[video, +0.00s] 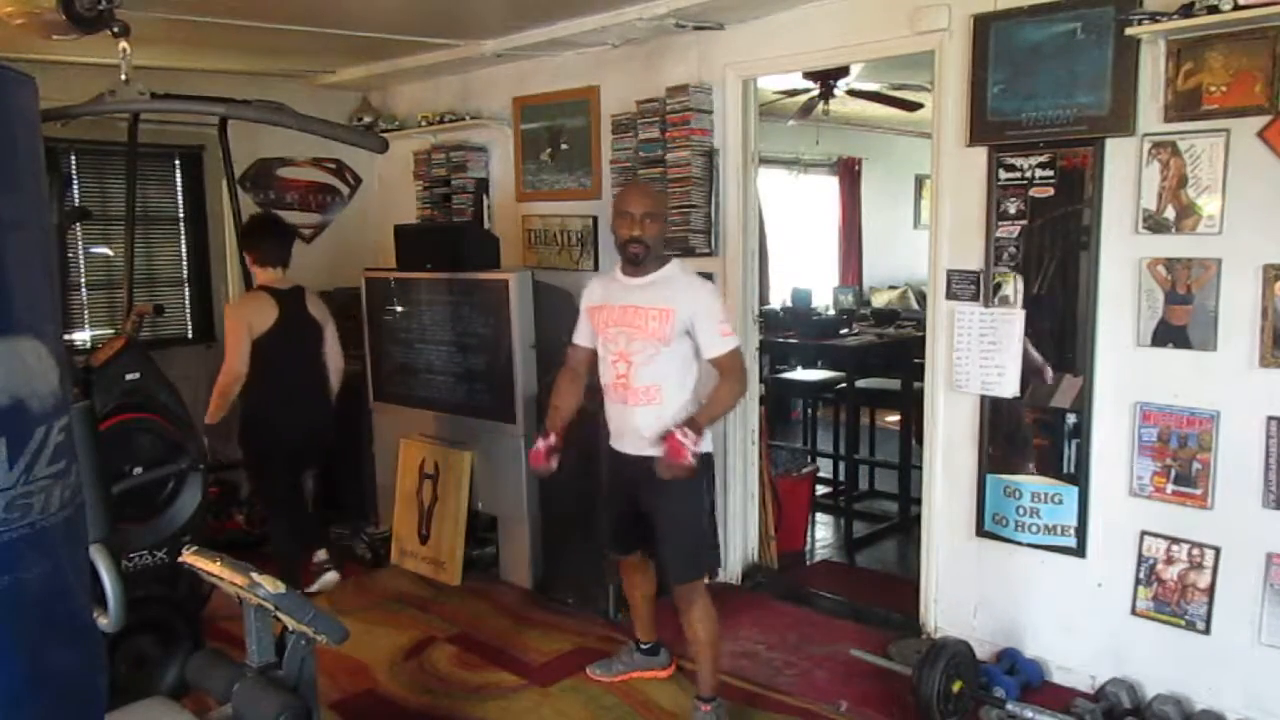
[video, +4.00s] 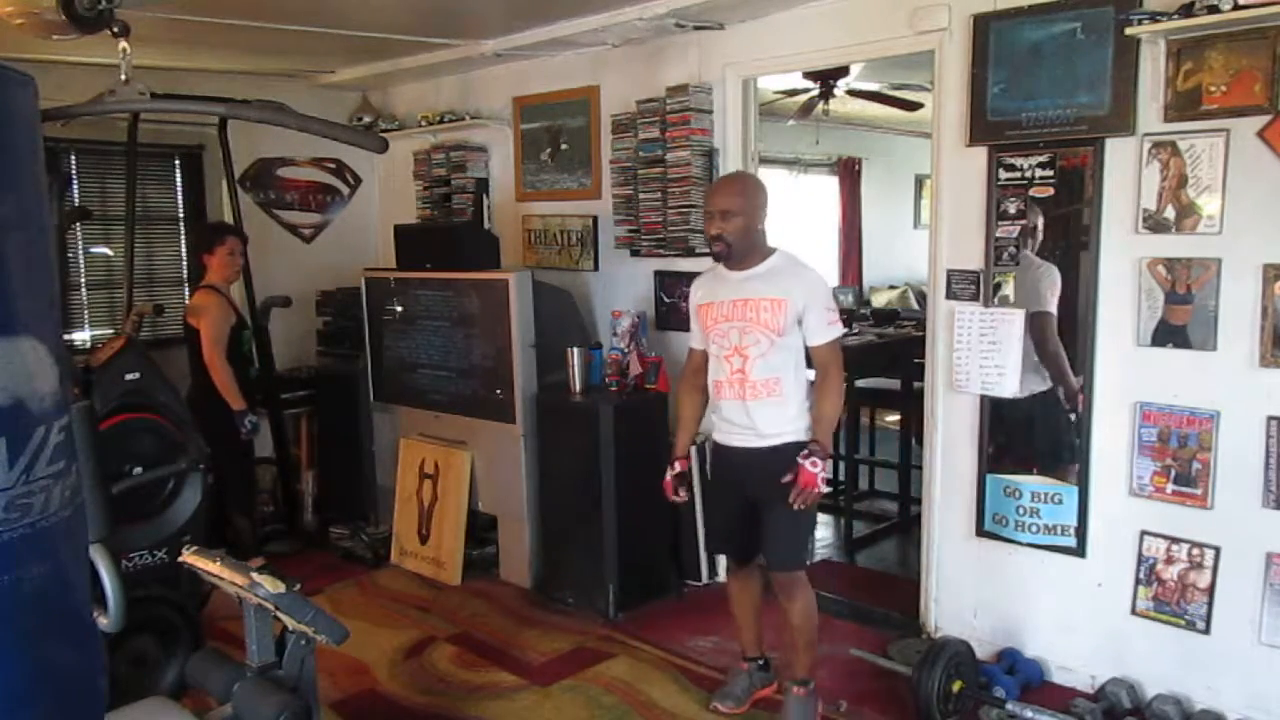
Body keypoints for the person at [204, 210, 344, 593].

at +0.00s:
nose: (246, 260)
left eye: (247, 254)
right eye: (249, 254)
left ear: (250, 257)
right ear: (287, 256)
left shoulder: (243, 308)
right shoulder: (314, 303)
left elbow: (235, 371)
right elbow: (335, 365)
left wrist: (210, 420)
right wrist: (324, 402)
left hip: (266, 418)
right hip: (312, 414)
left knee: (275, 496)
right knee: (294, 487)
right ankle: (319, 557)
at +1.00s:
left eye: (233, 258)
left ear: (227, 260)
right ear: (265, 258)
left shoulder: (208, 311)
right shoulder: (287, 309)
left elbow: (200, 370)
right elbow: (309, 365)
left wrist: (210, 405)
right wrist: (313, 403)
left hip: (233, 415)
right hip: (280, 414)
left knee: (236, 481)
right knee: (284, 489)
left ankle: (213, 547)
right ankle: (283, 561)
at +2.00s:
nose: (235, 268)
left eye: (235, 261)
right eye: (235, 261)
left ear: (199, 260)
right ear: (229, 264)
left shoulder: (188, 300)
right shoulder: (218, 305)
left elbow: (190, 357)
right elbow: (225, 361)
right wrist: (249, 407)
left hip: (200, 398)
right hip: (220, 402)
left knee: (217, 473)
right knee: (236, 474)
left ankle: (216, 542)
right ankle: (239, 547)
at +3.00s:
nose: (239, 265)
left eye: (239, 257)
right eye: (235, 257)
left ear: (210, 261)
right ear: (218, 260)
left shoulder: (195, 299)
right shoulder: (214, 304)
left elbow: (205, 357)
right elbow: (218, 360)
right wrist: (244, 406)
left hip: (202, 401)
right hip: (218, 404)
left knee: (220, 476)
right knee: (238, 475)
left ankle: (218, 545)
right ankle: (246, 549)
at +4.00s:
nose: (238, 261)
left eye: (241, 255)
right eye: (230, 253)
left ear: (242, 259)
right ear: (208, 258)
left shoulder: (216, 296)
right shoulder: (211, 302)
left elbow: (220, 357)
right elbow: (215, 360)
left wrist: (243, 400)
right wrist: (241, 408)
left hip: (214, 400)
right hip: (218, 404)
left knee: (230, 478)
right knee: (237, 478)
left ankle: (231, 548)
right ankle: (245, 551)